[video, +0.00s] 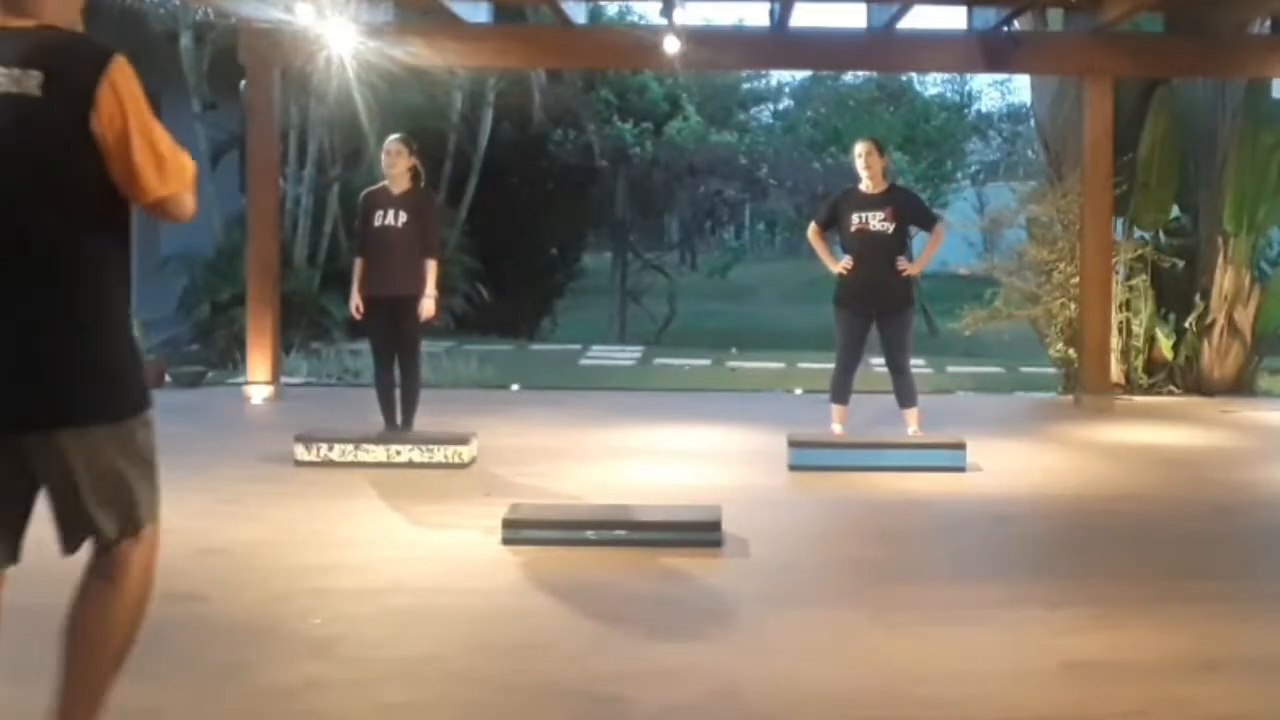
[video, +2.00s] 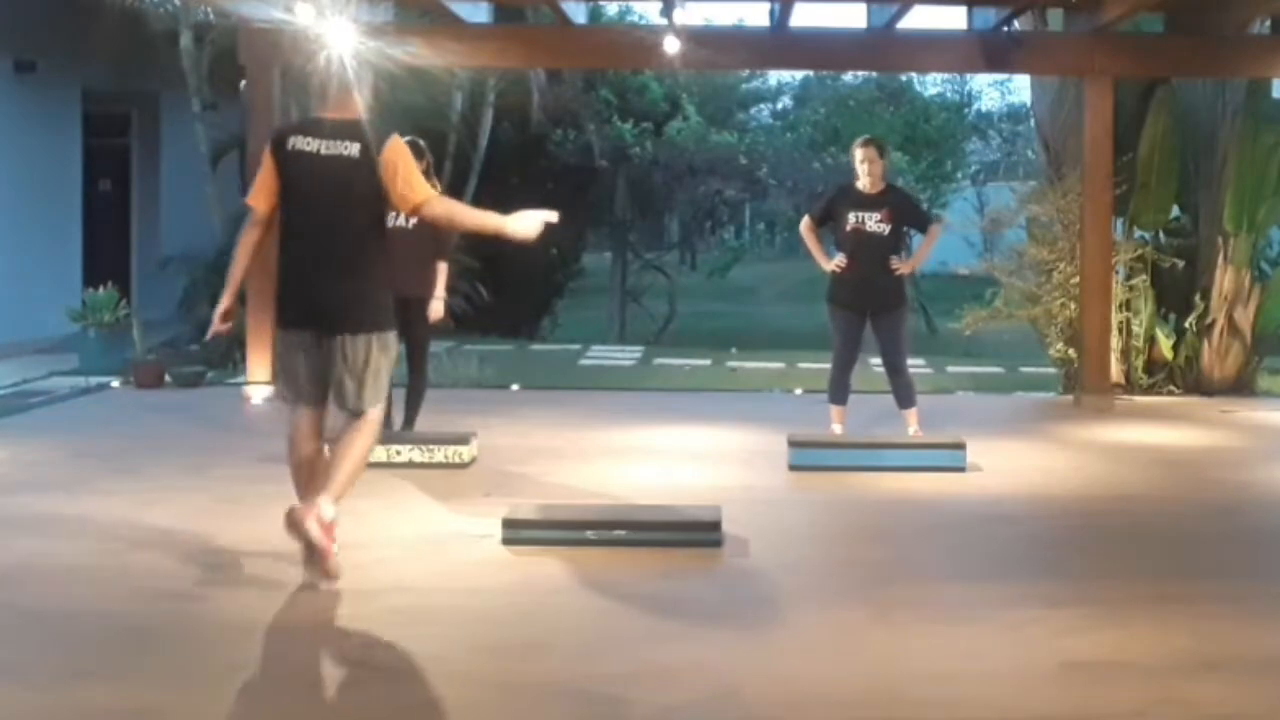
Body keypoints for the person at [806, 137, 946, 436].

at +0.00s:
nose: (864, 161)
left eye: (869, 155)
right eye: (859, 156)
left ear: (883, 160)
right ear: (854, 164)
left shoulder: (903, 198)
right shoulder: (844, 200)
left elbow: (939, 229)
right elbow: (813, 231)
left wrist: (919, 265)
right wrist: (833, 262)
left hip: (894, 289)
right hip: (854, 289)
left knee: (898, 362)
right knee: (846, 359)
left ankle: (913, 429)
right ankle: (837, 429)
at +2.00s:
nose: (865, 166)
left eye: (870, 160)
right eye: (860, 161)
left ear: (883, 162)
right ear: (854, 165)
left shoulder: (898, 199)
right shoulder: (840, 197)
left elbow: (934, 228)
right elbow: (806, 225)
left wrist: (914, 262)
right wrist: (824, 260)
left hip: (887, 287)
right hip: (847, 286)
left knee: (895, 359)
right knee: (844, 356)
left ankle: (914, 428)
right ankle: (837, 428)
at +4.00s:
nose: (872, 174)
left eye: (878, 167)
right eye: (867, 167)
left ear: (888, 168)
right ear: (859, 168)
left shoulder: (901, 203)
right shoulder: (844, 202)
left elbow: (909, 253)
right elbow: (830, 249)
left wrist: (916, 301)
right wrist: (818, 294)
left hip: (889, 297)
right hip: (851, 297)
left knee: (885, 361)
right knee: (856, 361)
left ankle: (887, 425)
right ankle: (857, 426)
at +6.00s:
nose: (875, 163)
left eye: (881, 158)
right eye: (870, 158)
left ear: (892, 161)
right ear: (864, 160)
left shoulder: (906, 198)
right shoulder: (848, 195)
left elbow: (917, 245)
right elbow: (831, 240)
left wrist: (923, 288)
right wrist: (830, 285)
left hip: (894, 291)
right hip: (855, 290)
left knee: (888, 358)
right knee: (860, 356)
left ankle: (888, 423)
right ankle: (858, 423)